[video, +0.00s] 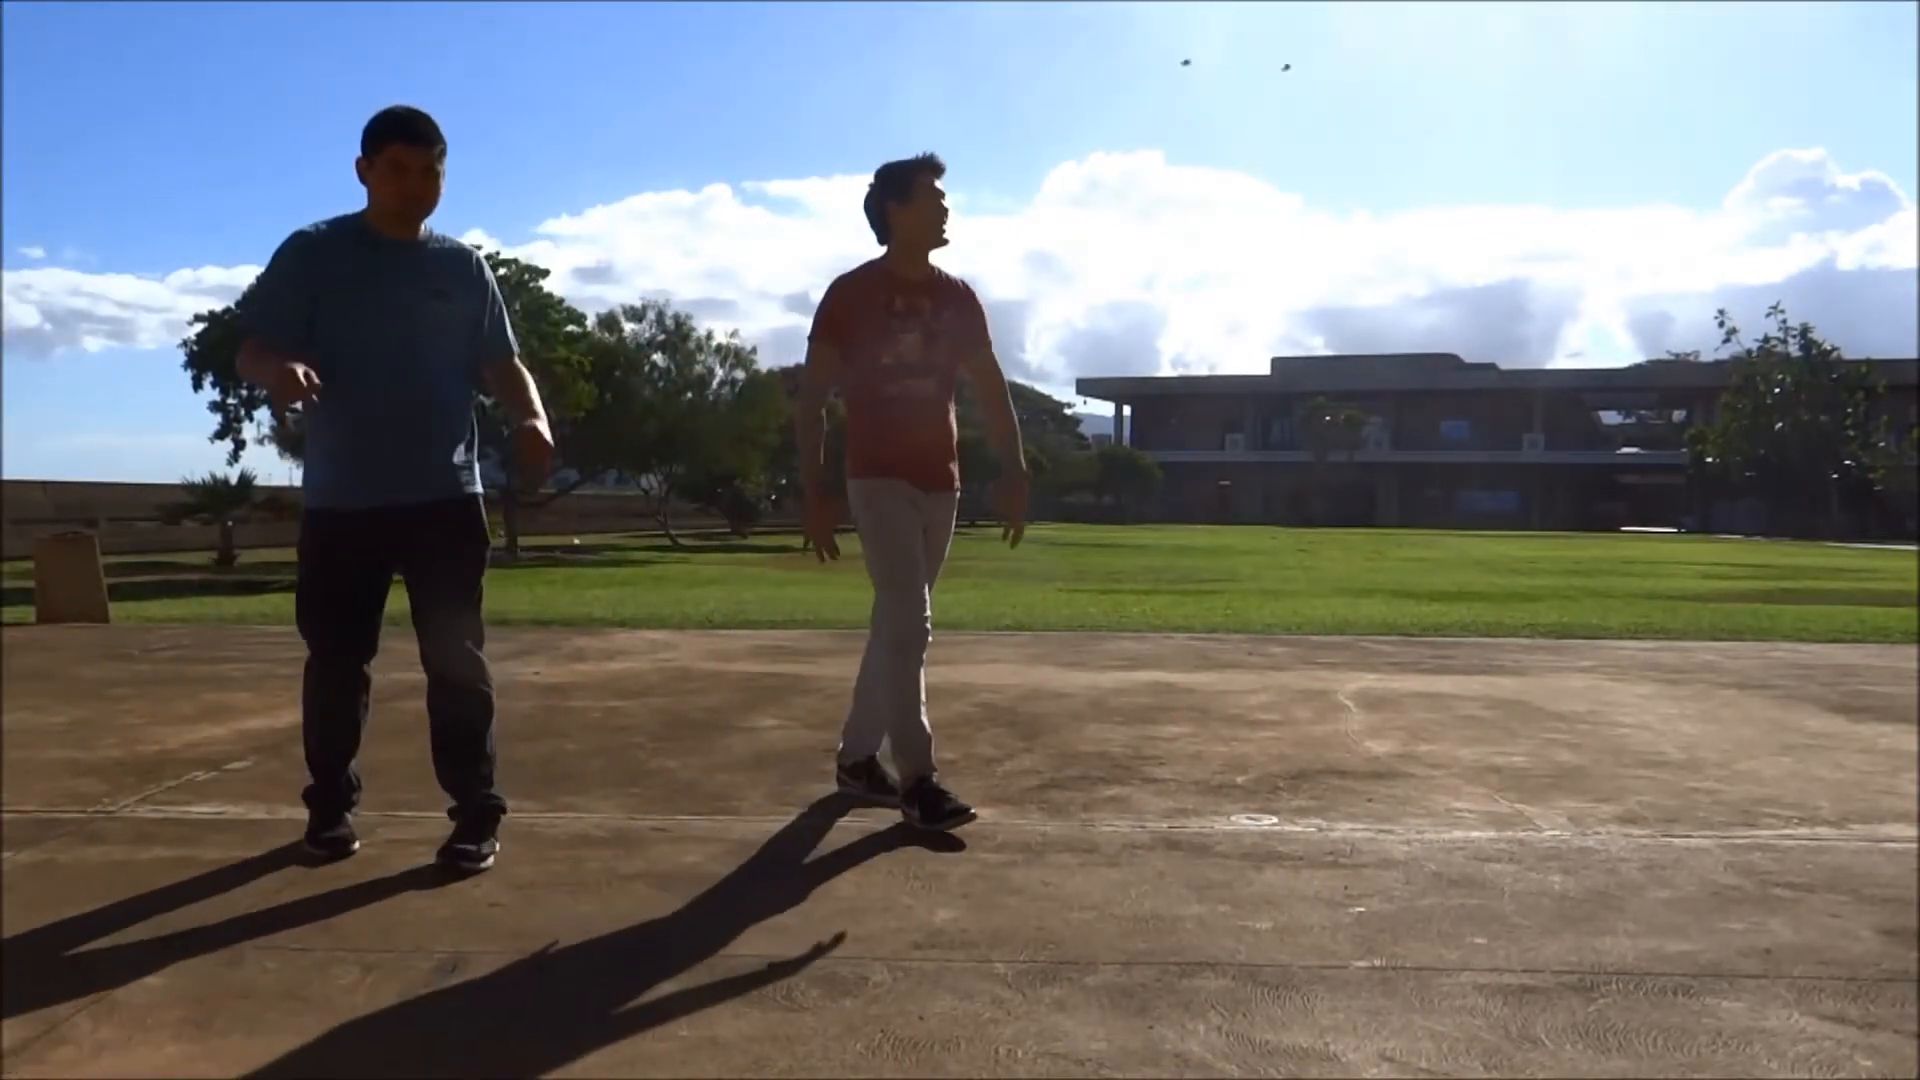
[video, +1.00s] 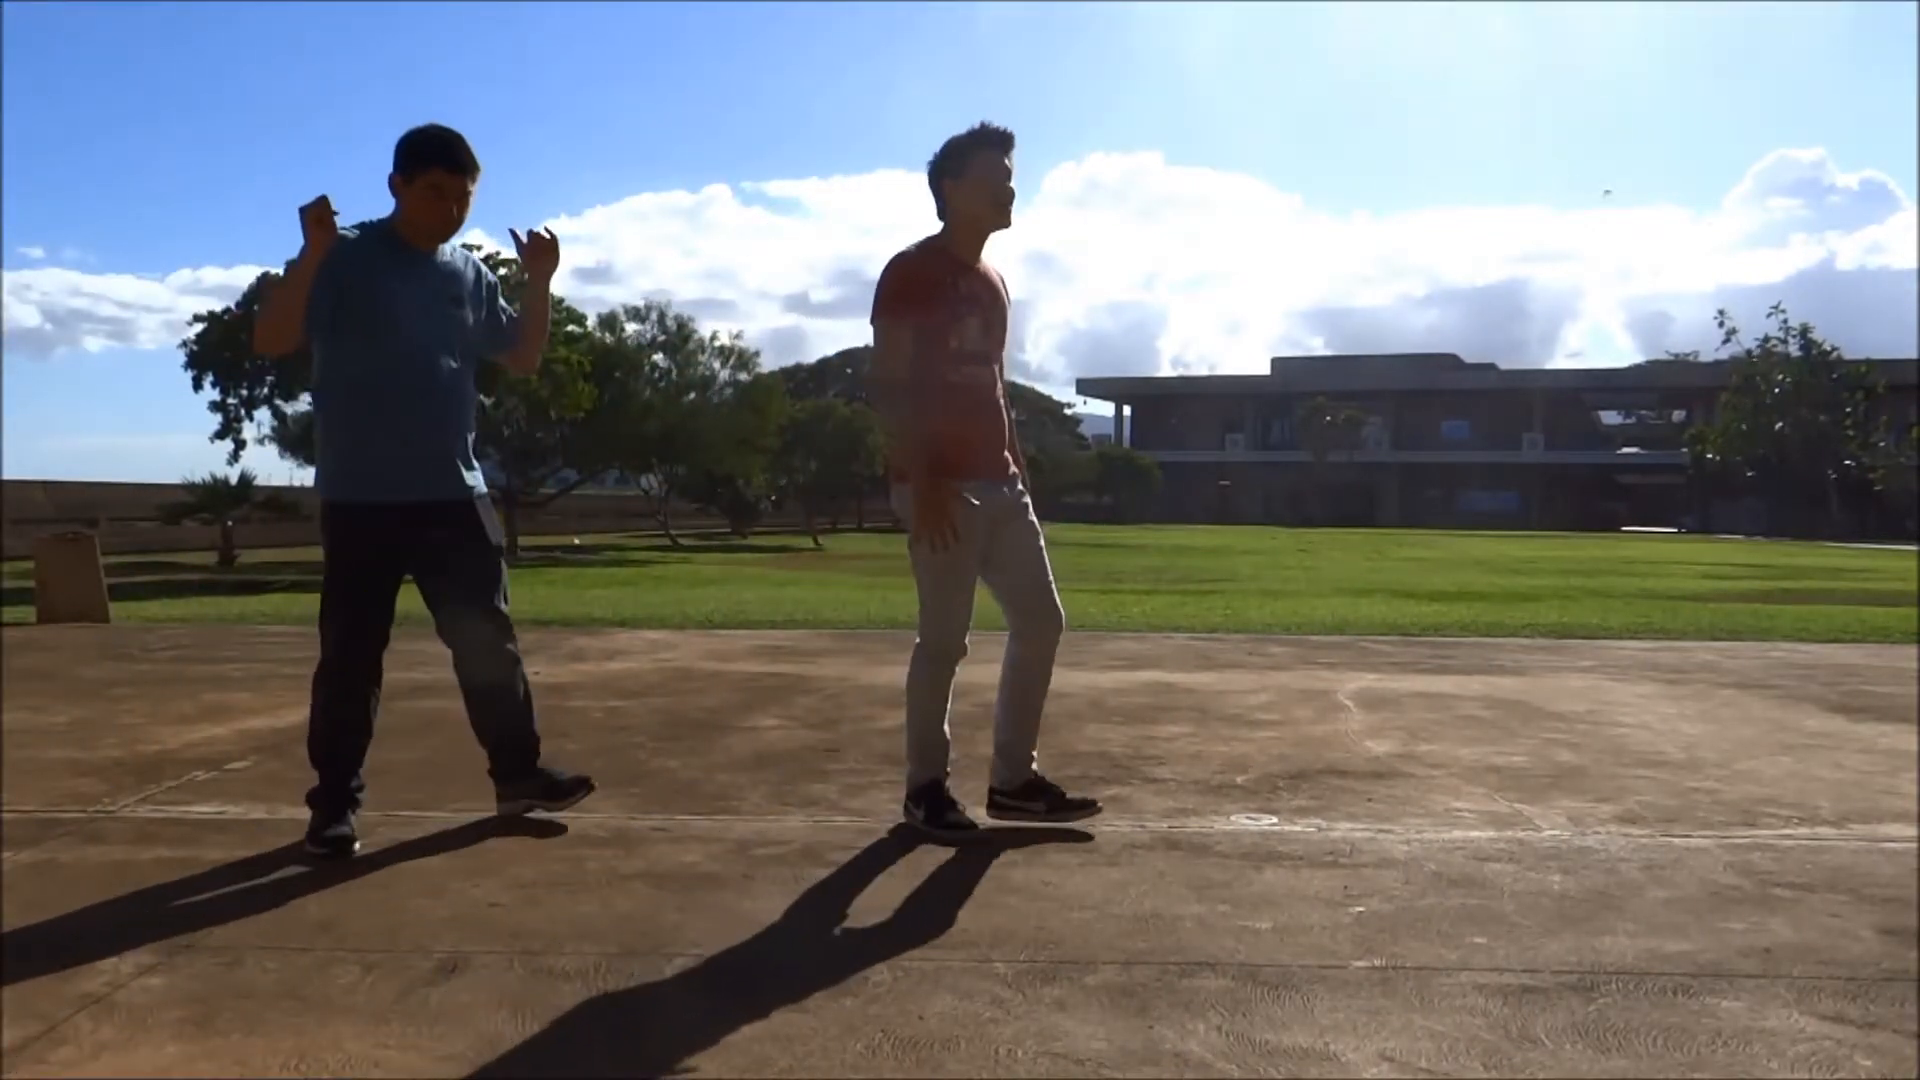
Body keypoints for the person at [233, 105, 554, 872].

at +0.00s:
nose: (426, 183)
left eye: (434, 169)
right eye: (410, 168)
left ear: (442, 176)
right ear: (368, 169)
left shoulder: (463, 266)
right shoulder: (311, 255)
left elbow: (502, 362)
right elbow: (251, 350)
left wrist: (533, 419)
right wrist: (274, 370)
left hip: (444, 493)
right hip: (344, 497)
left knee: (457, 658)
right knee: (334, 661)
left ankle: (477, 816)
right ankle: (329, 811)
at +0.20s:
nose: (399, 180)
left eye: (408, 166)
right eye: (383, 166)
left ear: (418, 173)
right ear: (343, 170)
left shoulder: (435, 263)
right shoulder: (285, 251)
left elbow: (476, 356)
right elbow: (225, 358)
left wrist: (519, 362)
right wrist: (255, 311)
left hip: (419, 488)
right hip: (319, 495)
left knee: (444, 650)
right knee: (327, 662)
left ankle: (469, 801)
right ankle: (330, 806)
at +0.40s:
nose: (395, 177)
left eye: (403, 165)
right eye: (378, 163)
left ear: (412, 175)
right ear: (337, 169)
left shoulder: (425, 263)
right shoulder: (286, 255)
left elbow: (479, 354)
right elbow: (217, 347)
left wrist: (517, 309)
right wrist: (250, 267)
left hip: (411, 486)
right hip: (315, 492)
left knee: (422, 653)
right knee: (324, 660)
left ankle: (413, 794)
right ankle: (329, 806)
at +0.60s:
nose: (402, 189)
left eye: (410, 177)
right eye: (386, 174)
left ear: (418, 183)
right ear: (345, 173)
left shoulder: (427, 265)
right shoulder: (290, 255)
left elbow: (488, 350)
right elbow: (222, 340)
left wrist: (512, 277)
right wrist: (255, 246)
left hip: (413, 488)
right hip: (319, 493)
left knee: (414, 652)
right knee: (327, 657)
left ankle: (389, 795)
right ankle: (330, 807)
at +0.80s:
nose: (421, 197)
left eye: (430, 185)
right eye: (407, 182)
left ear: (437, 188)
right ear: (365, 178)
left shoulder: (435, 266)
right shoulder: (308, 255)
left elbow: (493, 349)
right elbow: (238, 336)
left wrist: (513, 274)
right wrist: (280, 247)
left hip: (425, 482)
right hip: (333, 488)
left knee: (453, 637)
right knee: (336, 654)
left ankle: (449, 779)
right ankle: (331, 803)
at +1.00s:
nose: (454, 209)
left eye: (462, 196)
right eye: (440, 193)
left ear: (470, 200)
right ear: (401, 187)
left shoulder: (468, 273)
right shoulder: (341, 259)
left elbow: (521, 354)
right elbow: (270, 340)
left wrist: (538, 283)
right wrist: (311, 254)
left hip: (449, 490)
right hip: (360, 493)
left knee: (487, 636)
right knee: (349, 655)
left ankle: (518, 776)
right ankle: (333, 804)